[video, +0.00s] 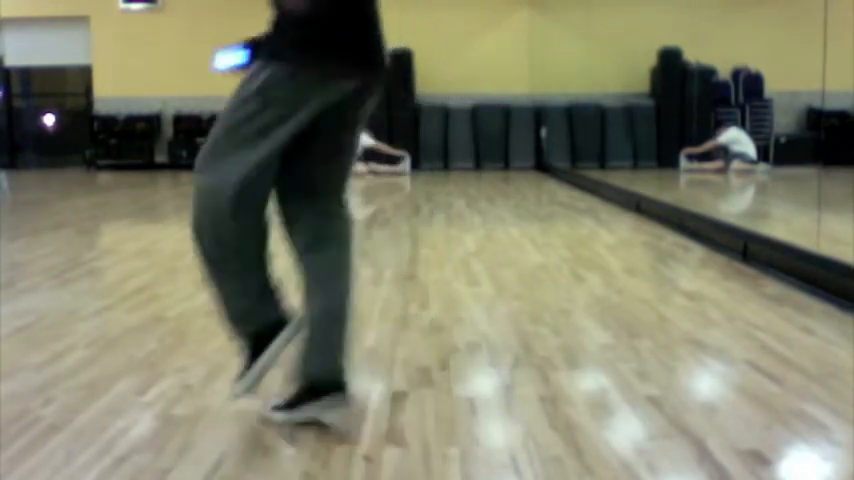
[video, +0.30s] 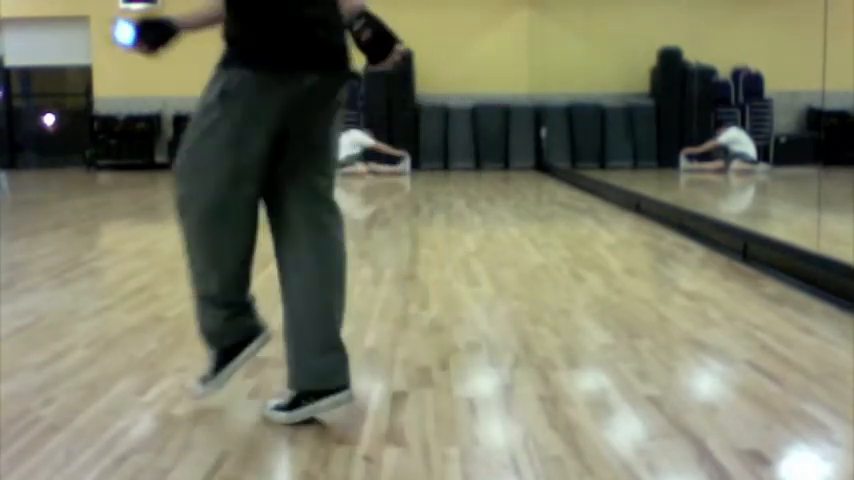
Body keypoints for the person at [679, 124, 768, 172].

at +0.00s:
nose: (719, 134)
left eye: (719, 132)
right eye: (718, 133)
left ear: (723, 128)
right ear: (727, 127)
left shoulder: (732, 132)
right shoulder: (733, 132)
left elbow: (711, 146)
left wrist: (688, 151)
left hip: (743, 160)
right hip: (734, 159)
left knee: (733, 170)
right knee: (715, 165)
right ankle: (692, 166)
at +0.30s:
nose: (719, 134)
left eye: (719, 132)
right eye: (719, 133)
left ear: (723, 128)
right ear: (727, 127)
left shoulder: (732, 132)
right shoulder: (733, 132)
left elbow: (710, 146)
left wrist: (688, 151)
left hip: (744, 159)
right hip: (734, 159)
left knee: (733, 169)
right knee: (715, 165)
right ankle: (692, 166)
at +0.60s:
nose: (719, 135)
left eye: (720, 133)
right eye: (719, 133)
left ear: (723, 129)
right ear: (727, 127)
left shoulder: (731, 132)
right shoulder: (733, 132)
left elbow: (709, 146)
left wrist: (688, 151)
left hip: (744, 159)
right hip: (735, 159)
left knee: (733, 169)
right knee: (715, 165)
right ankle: (692, 166)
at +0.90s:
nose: (719, 135)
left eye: (720, 133)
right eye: (719, 133)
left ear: (723, 129)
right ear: (727, 127)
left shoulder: (731, 132)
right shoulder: (734, 132)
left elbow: (709, 146)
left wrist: (688, 151)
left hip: (744, 159)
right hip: (735, 159)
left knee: (733, 169)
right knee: (715, 165)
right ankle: (692, 166)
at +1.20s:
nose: (719, 135)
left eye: (720, 133)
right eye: (719, 133)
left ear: (723, 129)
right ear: (727, 127)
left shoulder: (731, 132)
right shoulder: (733, 132)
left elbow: (710, 146)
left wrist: (688, 151)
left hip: (744, 159)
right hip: (735, 159)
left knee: (733, 169)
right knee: (715, 165)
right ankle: (692, 166)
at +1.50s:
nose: (719, 135)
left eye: (720, 133)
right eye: (719, 133)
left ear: (723, 129)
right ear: (727, 127)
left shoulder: (731, 132)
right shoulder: (734, 132)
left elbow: (710, 146)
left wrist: (688, 151)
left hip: (744, 160)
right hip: (735, 159)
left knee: (733, 169)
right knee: (715, 165)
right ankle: (692, 166)